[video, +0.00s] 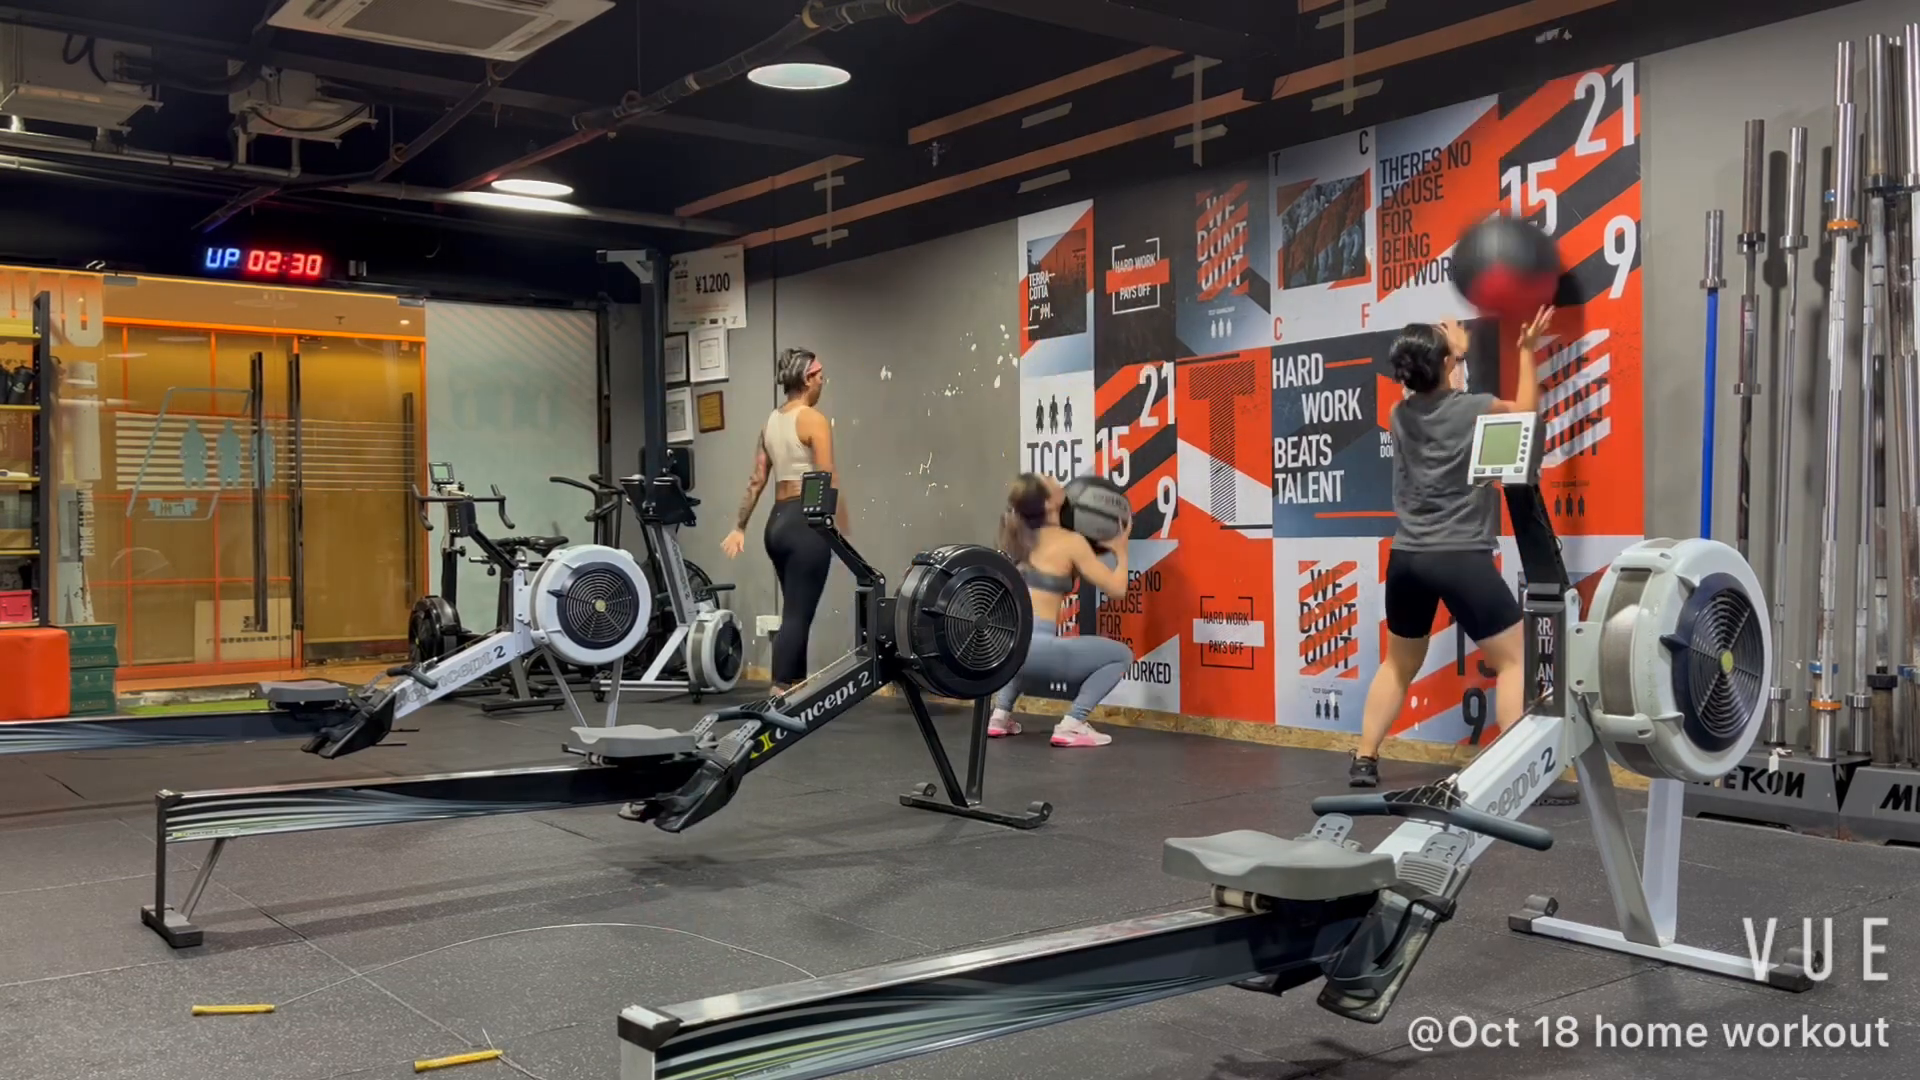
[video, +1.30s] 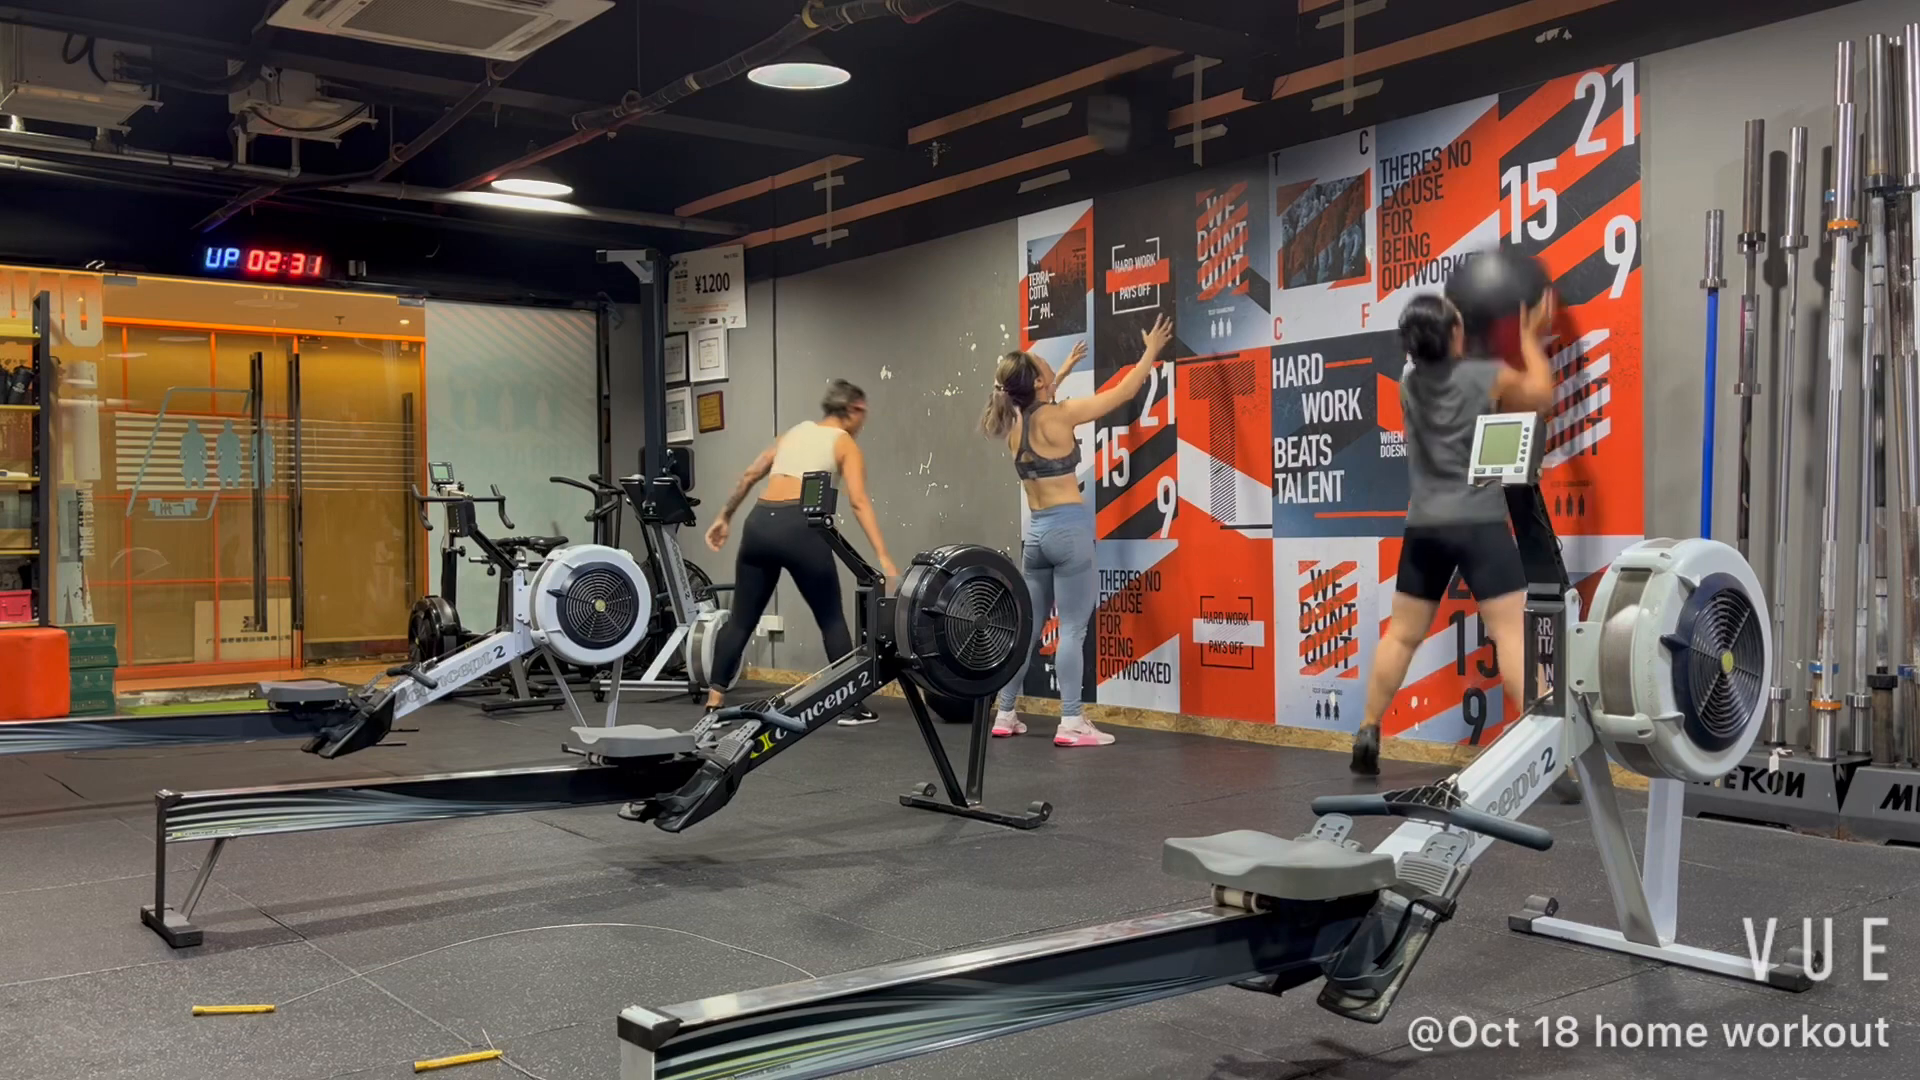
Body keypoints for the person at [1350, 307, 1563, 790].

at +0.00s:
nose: (1460, 336)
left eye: (1453, 334)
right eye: (1454, 338)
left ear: (1414, 371)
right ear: (1451, 364)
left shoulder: (1402, 414)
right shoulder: (1476, 407)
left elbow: (1437, 395)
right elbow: (1526, 414)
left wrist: (1451, 351)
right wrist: (1528, 354)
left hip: (1407, 561)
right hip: (1464, 562)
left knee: (1398, 665)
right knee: (1512, 662)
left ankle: (1363, 760)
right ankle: (1516, 772)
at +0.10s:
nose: (1454, 375)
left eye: (1450, 368)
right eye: (1449, 371)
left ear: (1407, 390)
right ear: (1444, 384)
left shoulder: (1400, 438)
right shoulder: (1468, 432)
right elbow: (1519, 457)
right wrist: (1536, 410)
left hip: (1403, 580)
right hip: (1461, 580)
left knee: (1398, 668)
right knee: (1525, 668)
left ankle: (1363, 763)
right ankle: (1520, 771)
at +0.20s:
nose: (1467, 415)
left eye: (1462, 408)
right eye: (1461, 410)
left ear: (1415, 426)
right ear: (1454, 419)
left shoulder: (1404, 471)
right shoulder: (1478, 469)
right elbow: (1506, 534)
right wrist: (1544, 489)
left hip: (1391, 607)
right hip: (1451, 608)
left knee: (1398, 674)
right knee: (1539, 669)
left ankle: (1363, 762)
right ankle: (1522, 773)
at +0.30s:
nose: (1473, 453)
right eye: (1471, 447)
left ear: (1421, 458)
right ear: (1465, 455)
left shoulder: (1413, 505)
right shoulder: (1488, 510)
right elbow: (1515, 579)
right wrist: (1547, 525)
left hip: (1385, 639)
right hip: (1448, 639)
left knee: (1392, 680)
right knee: (1545, 669)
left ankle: (1363, 762)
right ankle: (1534, 776)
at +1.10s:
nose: (1483, 421)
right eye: (1479, 417)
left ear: (1432, 430)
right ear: (1476, 423)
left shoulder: (1419, 475)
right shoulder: (1490, 479)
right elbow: (1520, 550)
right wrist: (1540, 494)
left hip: (1401, 600)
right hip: (1462, 601)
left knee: (1404, 671)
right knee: (1539, 670)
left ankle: (1365, 759)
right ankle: (1530, 776)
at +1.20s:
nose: (1475, 374)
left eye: (1470, 367)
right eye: (1471, 368)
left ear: (1425, 383)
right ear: (1466, 376)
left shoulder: (1416, 429)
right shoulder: (1487, 424)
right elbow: (1525, 461)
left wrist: (1524, 420)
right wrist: (1539, 417)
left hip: (1413, 569)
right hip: (1473, 569)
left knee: (1403, 664)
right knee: (1526, 660)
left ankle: (1366, 754)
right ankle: (1527, 774)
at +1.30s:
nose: (1461, 323)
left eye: (1455, 318)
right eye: (1458, 319)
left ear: (1413, 342)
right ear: (1456, 333)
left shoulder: (1409, 383)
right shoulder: (1485, 376)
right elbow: (1542, 393)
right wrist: (1532, 336)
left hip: (1425, 529)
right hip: (1482, 526)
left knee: (1401, 633)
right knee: (1510, 631)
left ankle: (1368, 731)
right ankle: (1539, 745)